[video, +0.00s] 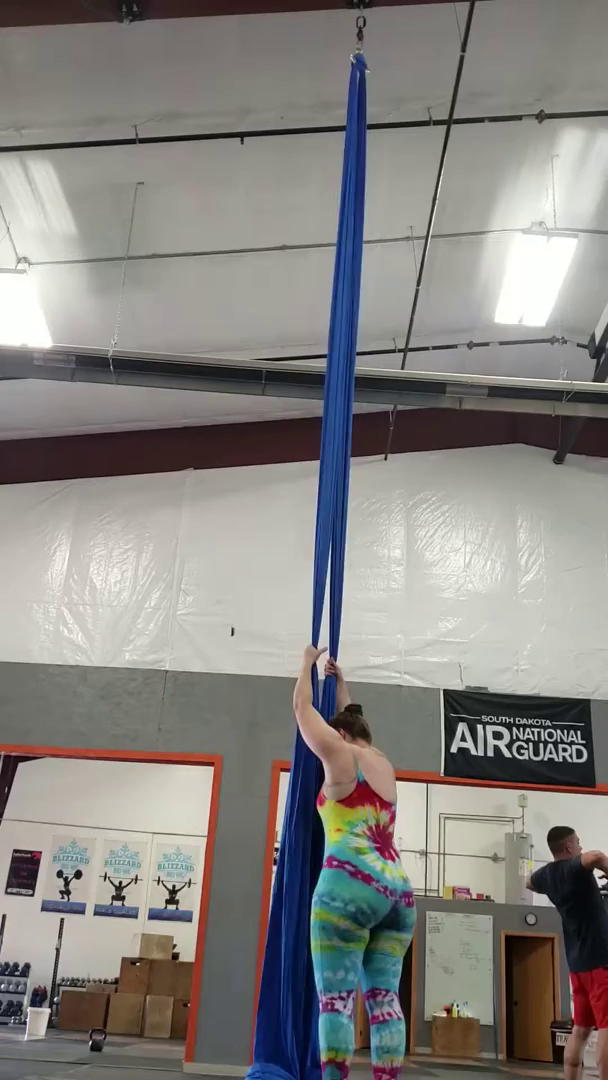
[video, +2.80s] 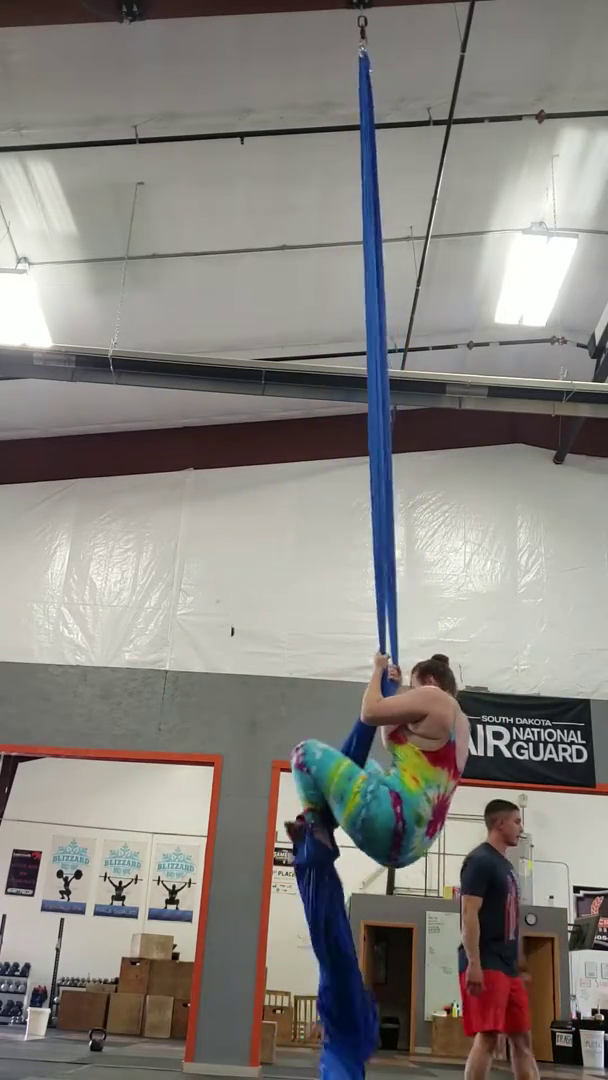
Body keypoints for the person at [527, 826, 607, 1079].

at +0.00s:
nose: (580, 847)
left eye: (578, 843)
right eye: (577, 843)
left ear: (554, 848)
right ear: (568, 845)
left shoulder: (547, 873)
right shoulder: (577, 864)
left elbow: (530, 882)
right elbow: (597, 856)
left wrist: (552, 881)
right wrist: (606, 870)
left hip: (576, 961)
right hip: (598, 959)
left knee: (579, 1029)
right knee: (604, 1030)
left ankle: (570, 1076)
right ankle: (603, 1076)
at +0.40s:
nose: (581, 847)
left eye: (580, 842)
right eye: (578, 842)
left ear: (557, 847)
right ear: (567, 844)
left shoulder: (543, 876)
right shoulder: (575, 868)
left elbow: (541, 910)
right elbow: (599, 889)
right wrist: (602, 906)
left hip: (561, 962)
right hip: (586, 962)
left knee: (568, 1034)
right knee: (596, 1034)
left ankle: (561, 1078)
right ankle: (596, 1077)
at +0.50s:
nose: (584, 860)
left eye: (585, 854)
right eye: (582, 854)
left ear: (560, 852)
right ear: (570, 852)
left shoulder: (542, 884)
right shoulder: (573, 882)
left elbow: (548, 930)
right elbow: (594, 924)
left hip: (552, 969)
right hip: (577, 969)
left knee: (563, 1039)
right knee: (593, 1038)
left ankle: (556, 1078)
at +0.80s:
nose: (575, 855)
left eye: (574, 849)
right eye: (571, 849)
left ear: (554, 851)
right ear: (555, 850)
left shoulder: (541, 879)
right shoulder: (551, 881)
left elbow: (548, 930)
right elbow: (556, 929)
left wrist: (565, 969)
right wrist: (569, 968)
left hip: (535, 964)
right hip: (546, 966)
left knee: (547, 1036)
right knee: (553, 1035)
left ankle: (546, 1076)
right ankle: (549, 1078)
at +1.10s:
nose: (551, 851)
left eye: (550, 846)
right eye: (546, 846)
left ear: (533, 849)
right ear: (530, 848)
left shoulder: (533, 883)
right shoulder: (519, 881)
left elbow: (543, 935)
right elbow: (520, 931)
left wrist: (563, 965)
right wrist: (548, 972)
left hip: (536, 971)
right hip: (518, 971)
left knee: (543, 1041)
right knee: (516, 1039)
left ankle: (545, 1076)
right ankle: (504, 1077)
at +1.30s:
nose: (541, 844)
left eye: (540, 839)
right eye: (535, 839)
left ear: (525, 843)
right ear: (517, 841)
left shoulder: (536, 881)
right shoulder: (501, 876)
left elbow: (538, 922)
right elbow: (489, 922)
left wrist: (544, 948)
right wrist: (502, 968)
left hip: (535, 972)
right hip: (509, 971)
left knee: (552, 1037)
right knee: (508, 1041)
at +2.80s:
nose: (521, 828)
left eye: (520, 822)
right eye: (516, 821)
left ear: (499, 824)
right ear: (498, 823)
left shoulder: (504, 864)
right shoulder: (480, 860)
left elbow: (509, 918)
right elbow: (469, 913)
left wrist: (517, 964)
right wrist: (474, 963)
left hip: (509, 968)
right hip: (487, 967)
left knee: (522, 1040)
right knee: (487, 1040)